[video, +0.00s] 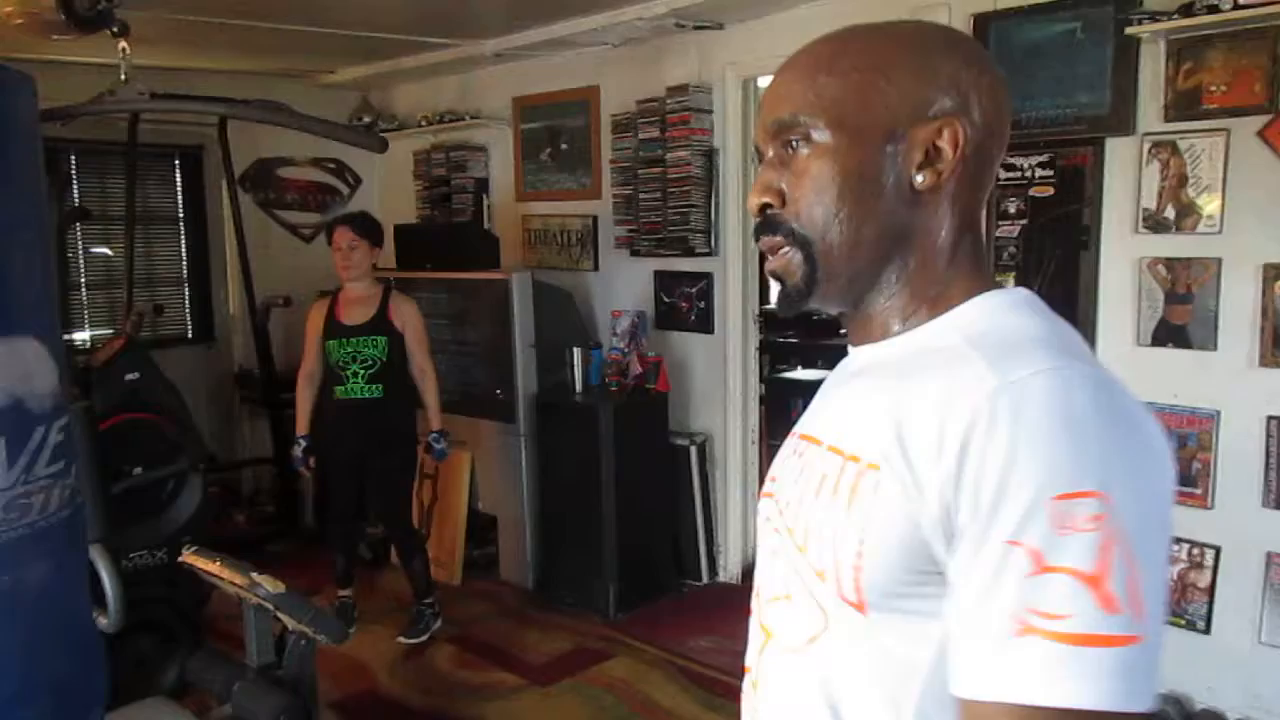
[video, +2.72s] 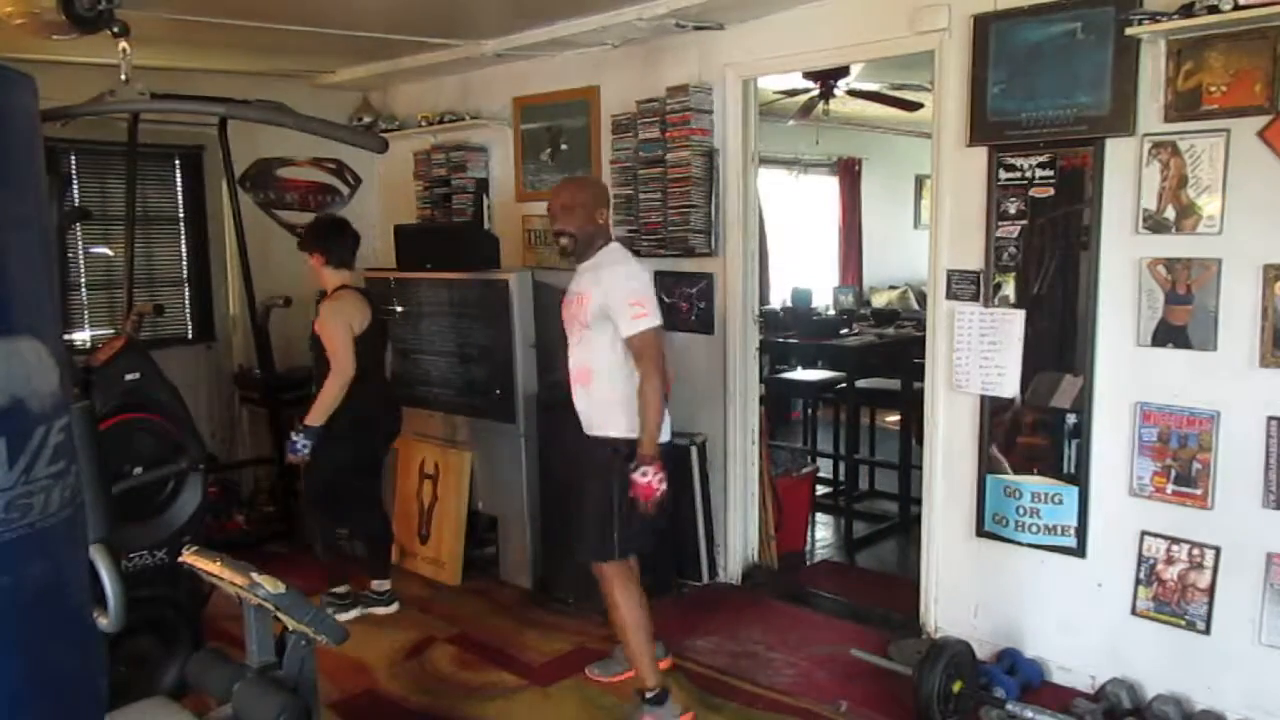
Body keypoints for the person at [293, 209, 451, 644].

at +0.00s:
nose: (344, 256)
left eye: (354, 247)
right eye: (337, 248)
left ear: (375, 252)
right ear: (331, 255)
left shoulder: (400, 307)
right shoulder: (321, 311)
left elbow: (423, 369)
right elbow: (309, 374)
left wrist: (436, 427)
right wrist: (301, 434)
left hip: (390, 434)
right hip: (338, 435)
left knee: (397, 521)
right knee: (340, 521)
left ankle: (426, 606)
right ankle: (344, 602)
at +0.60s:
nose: (356, 269)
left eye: (361, 260)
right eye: (353, 260)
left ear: (390, 255)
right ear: (372, 257)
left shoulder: (422, 306)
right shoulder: (372, 300)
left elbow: (442, 373)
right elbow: (364, 360)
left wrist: (394, 400)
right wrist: (323, 388)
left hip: (417, 424)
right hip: (375, 422)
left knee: (419, 509)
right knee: (369, 502)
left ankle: (428, 606)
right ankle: (377, 588)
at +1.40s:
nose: (353, 258)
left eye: (363, 249)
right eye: (351, 249)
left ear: (389, 252)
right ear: (352, 252)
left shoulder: (410, 307)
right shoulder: (364, 301)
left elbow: (419, 375)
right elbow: (345, 363)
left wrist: (363, 405)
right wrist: (317, 410)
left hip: (411, 423)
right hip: (376, 420)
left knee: (413, 509)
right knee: (381, 507)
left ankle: (427, 604)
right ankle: (380, 591)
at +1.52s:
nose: (352, 260)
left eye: (359, 252)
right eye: (350, 252)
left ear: (386, 253)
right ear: (358, 255)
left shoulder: (413, 305)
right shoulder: (364, 301)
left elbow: (392, 368)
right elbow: (337, 347)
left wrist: (336, 356)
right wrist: (305, 348)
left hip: (408, 425)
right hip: (370, 423)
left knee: (413, 511)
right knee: (381, 508)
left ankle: (427, 605)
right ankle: (381, 590)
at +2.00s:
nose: (339, 260)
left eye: (345, 251)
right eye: (338, 252)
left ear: (371, 252)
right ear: (361, 254)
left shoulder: (402, 306)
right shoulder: (364, 302)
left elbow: (408, 377)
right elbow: (351, 361)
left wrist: (348, 406)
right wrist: (311, 389)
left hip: (408, 421)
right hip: (375, 418)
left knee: (412, 510)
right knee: (381, 505)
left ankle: (427, 606)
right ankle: (381, 590)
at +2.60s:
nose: (314, 263)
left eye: (314, 256)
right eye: (314, 255)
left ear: (323, 259)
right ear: (354, 254)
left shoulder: (341, 311)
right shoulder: (370, 299)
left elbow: (356, 373)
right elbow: (378, 365)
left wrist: (329, 433)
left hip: (361, 421)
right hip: (382, 414)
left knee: (358, 504)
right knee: (370, 500)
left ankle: (383, 591)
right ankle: (379, 584)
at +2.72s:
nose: (308, 262)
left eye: (309, 255)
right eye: (308, 255)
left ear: (319, 258)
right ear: (349, 254)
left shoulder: (332, 310)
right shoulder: (366, 299)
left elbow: (343, 372)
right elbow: (374, 364)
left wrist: (309, 427)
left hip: (350, 418)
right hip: (378, 413)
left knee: (323, 494)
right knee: (366, 497)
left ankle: (343, 585)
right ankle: (381, 586)